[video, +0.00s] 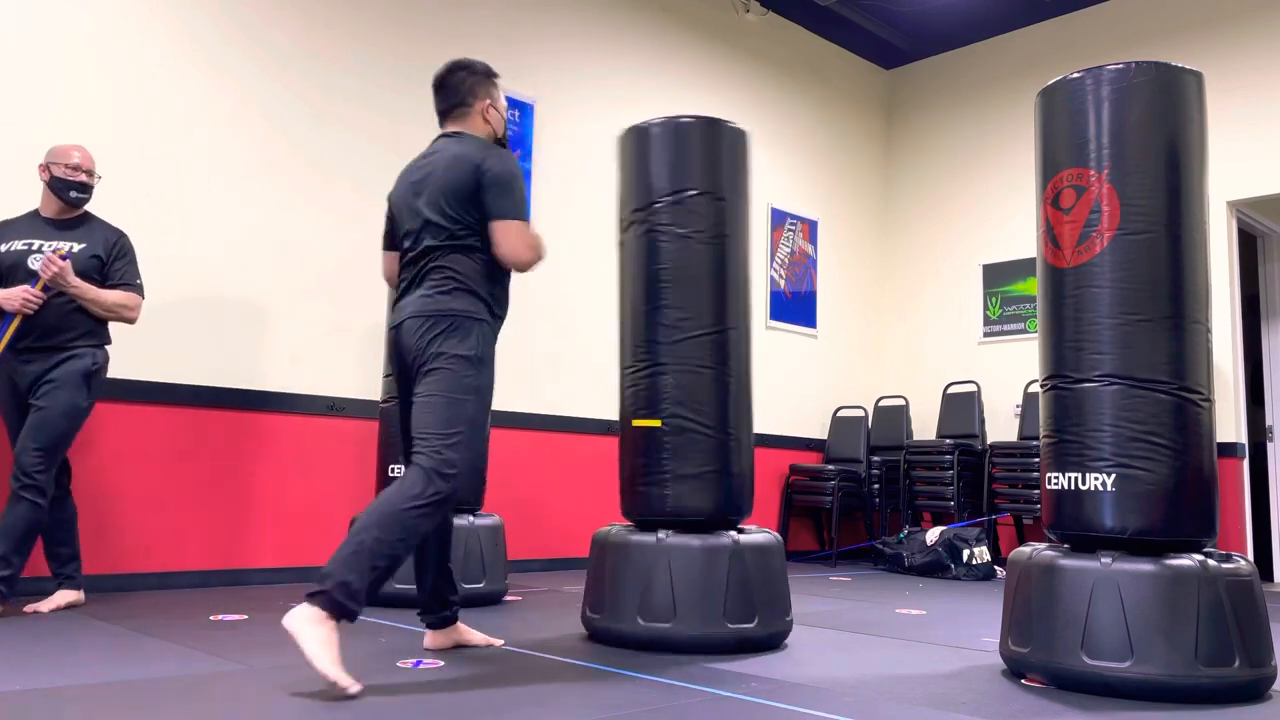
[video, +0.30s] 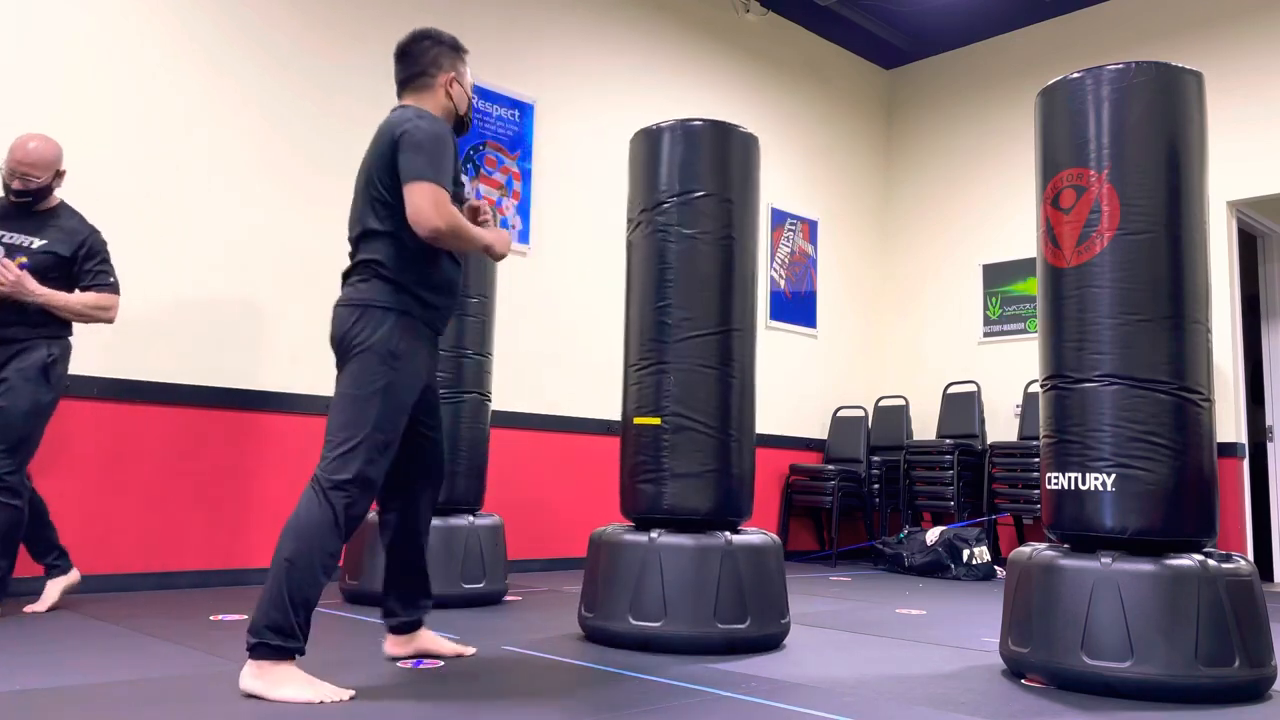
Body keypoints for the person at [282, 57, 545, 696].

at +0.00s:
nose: (505, 114)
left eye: (501, 104)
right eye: (502, 105)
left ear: (444, 111)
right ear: (489, 106)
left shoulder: (410, 173)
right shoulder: (491, 160)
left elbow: (392, 272)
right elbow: (514, 249)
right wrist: (537, 243)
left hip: (408, 319)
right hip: (458, 314)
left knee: (434, 472)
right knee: (442, 470)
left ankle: (441, 623)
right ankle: (322, 611)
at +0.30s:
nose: (471, 94)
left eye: (469, 84)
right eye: (469, 83)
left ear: (413, 82)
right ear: (451, 81)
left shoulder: (403, 129)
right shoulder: (423, 126)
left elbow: (408, 225)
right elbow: (428, 217)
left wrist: (465, 216)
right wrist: (487, 241)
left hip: (400, 319)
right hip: (387, 317)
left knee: (415, 476)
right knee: (343, 482)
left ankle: (405, 630)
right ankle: (269, 658)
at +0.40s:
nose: (465, 92)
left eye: (463, 82)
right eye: (463, 80)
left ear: (413, 77)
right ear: (444, 76)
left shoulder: (415, 136)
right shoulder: (410, 118)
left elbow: (417, 231)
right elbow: (410, 208)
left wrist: (475, 223)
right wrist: (482, 245)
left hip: (402, 328)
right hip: (371, 317)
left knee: (409, 480)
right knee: (329, 483)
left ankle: (380, 635)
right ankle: (266, 661)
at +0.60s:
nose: (470, 98)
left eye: (469, 88)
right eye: (467, 86)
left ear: (425, 81)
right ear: (445, 80)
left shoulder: (425, 152)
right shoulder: (408, 123)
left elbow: (432, 271)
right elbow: (417, 219)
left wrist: (505, 277)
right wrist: (503, 253)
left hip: (405, 331)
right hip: (368, 319)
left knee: (421, 473)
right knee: (328, 482)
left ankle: (399, 623)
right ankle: (267, 660)